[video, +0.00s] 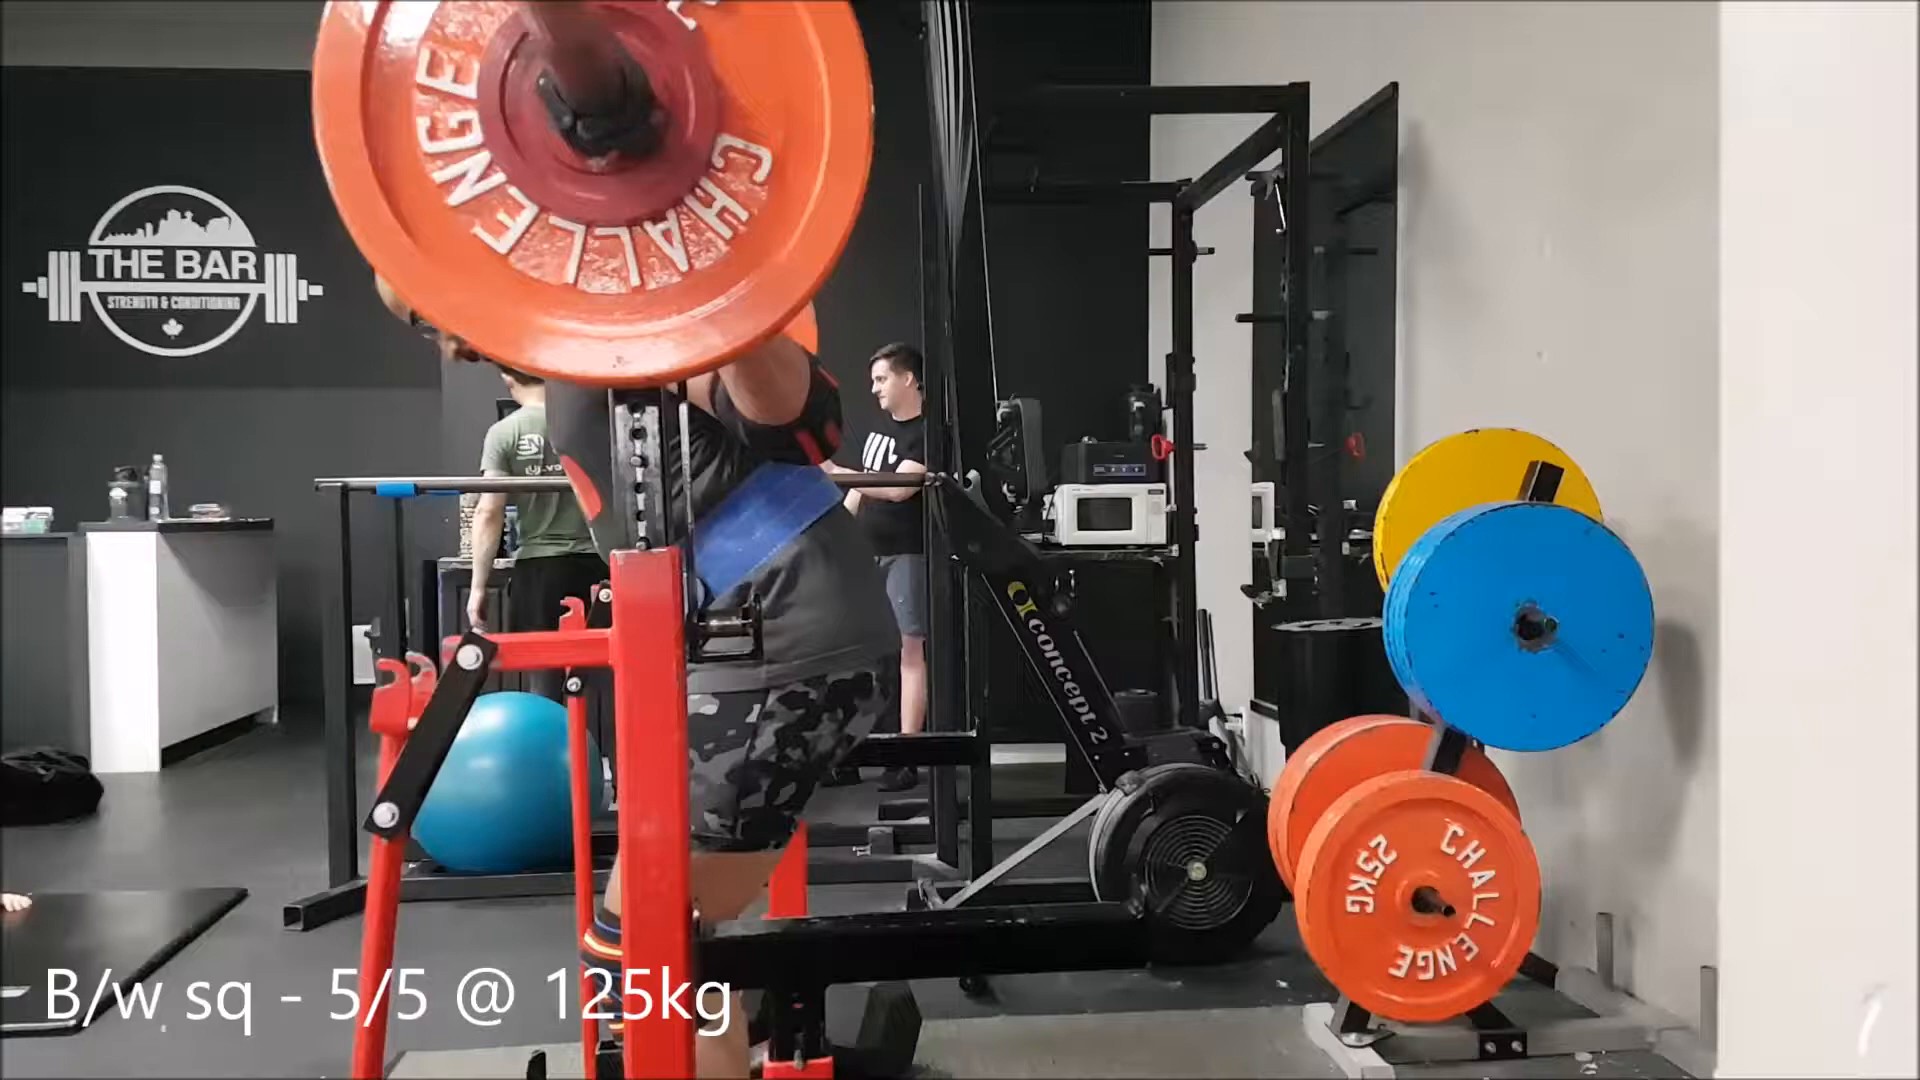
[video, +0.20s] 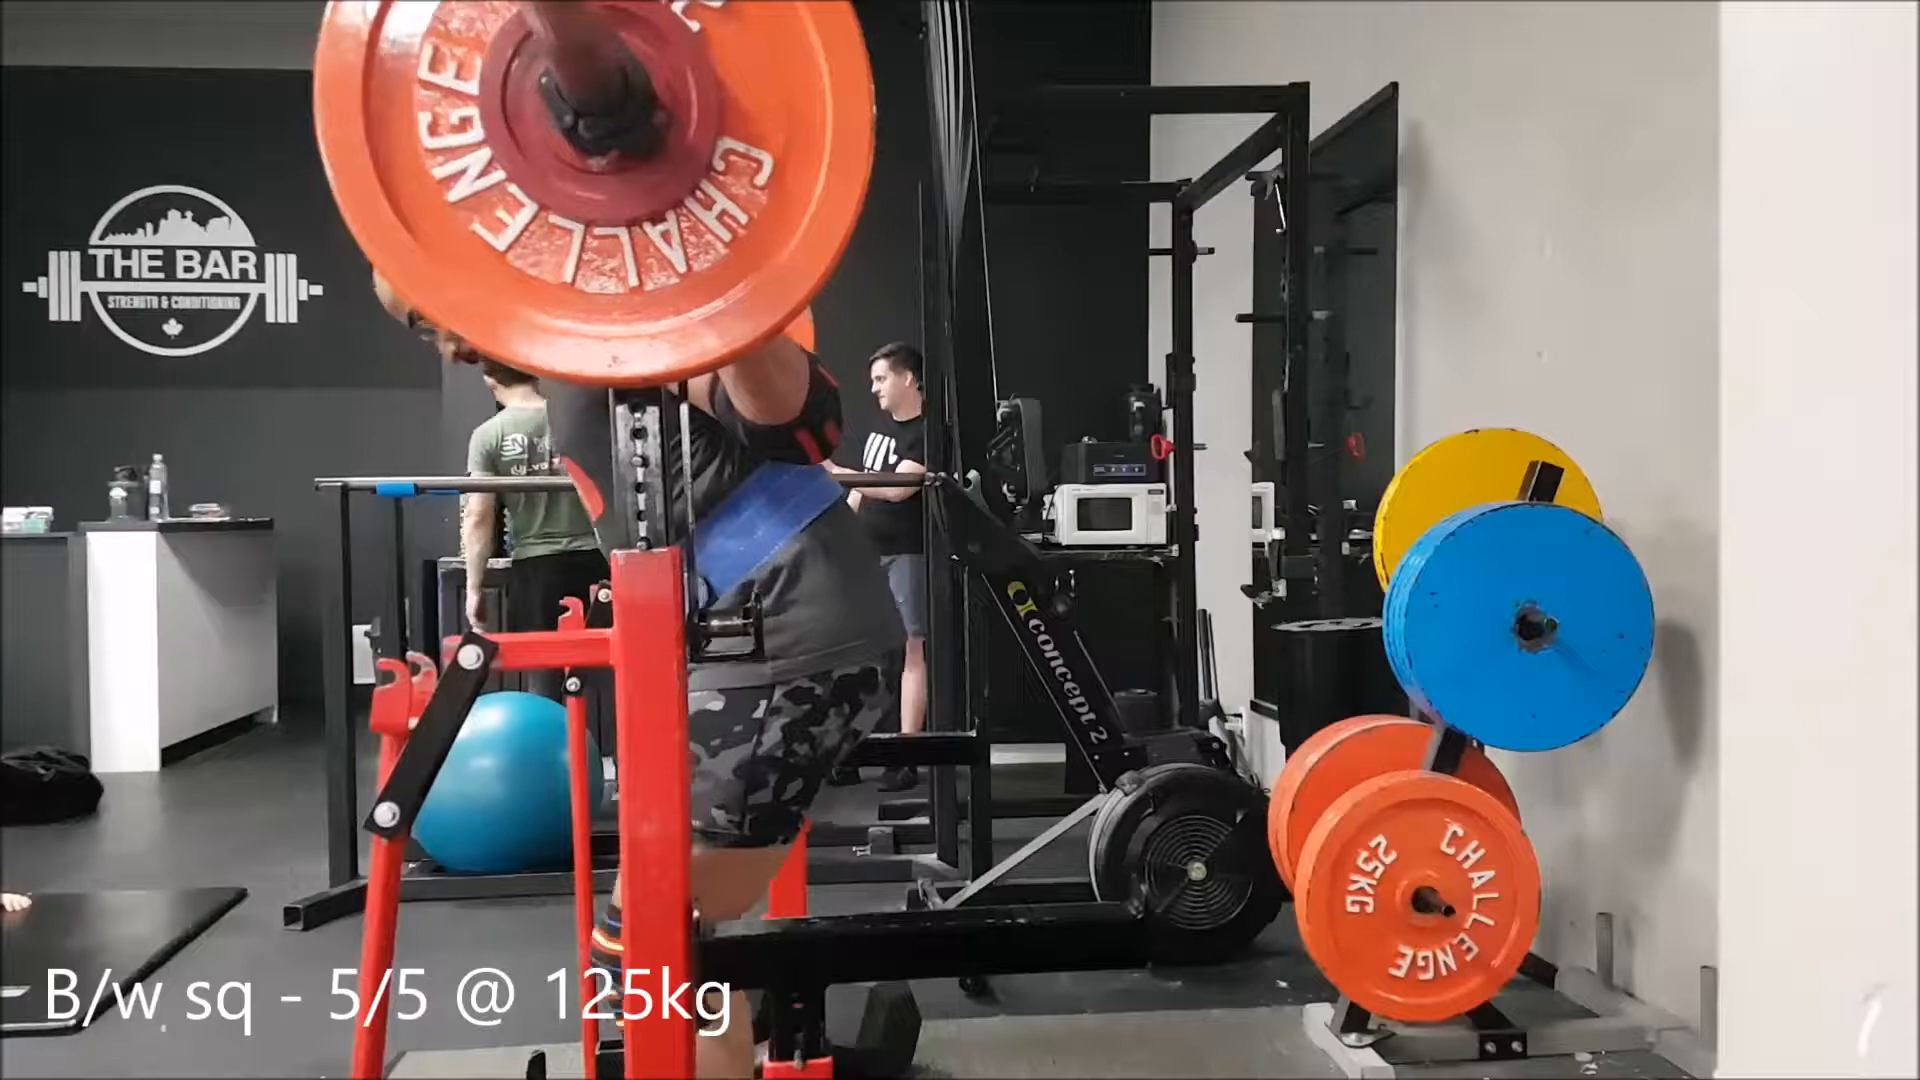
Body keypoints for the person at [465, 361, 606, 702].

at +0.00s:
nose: (504, 381)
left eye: (504, 374)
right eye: (505, 373)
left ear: (510, 378)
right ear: (550, 374)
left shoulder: (505, 432)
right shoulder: (589, 418)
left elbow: (490, 512)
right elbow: (619, 496)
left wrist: (479, 587)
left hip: (538, 574)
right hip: (597, 569)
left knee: (543, 684)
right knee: (602, 682)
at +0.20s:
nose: (488, 384)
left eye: (487, 376)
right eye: (488, 375)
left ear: (493, 379)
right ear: (537, 374)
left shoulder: (489, 435)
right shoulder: (575, 417)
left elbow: (479, 517)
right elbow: (611, 491)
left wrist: (474, 588)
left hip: (534, 572)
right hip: (593, 564)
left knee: (542, 682)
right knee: (602, 679)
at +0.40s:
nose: (469, 381)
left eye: (472, 377)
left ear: (480, 386)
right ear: (526, 374)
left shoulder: (479, 441)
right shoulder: (569, 415)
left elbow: (470, 524)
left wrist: (472, 595)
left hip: (535, 573)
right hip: (595, 563)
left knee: (545, 687)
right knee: (606, 680)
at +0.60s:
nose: (470, 381)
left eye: (471, 374)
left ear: (484, 383)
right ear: (533, 375)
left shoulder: (478, 444)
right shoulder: (574, 418)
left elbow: (470, 527)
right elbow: (606, 482)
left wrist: (475, 592)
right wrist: (619, 538)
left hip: (536, 570)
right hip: (595, 559)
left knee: (545, 679)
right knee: (605, 671)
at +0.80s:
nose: (485, 388)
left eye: (489, 381)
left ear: (505, 391)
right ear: (550, 382)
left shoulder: (493, 441)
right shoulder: (585, 419)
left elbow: (487, 523)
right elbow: (618, 484)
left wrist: (490, 585)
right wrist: (626, 549)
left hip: (537, 571)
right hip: (595, 562)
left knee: (545, 678)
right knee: (604, 673)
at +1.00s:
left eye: (516, 386)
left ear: (530, 389)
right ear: (571, 382)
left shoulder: (516, 440)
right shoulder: (600, 418)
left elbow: (511, 524)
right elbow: (630, 494)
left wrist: (519, 584)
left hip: (549, 567)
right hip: (605, 561)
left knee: (553, 674)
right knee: (611, 672)